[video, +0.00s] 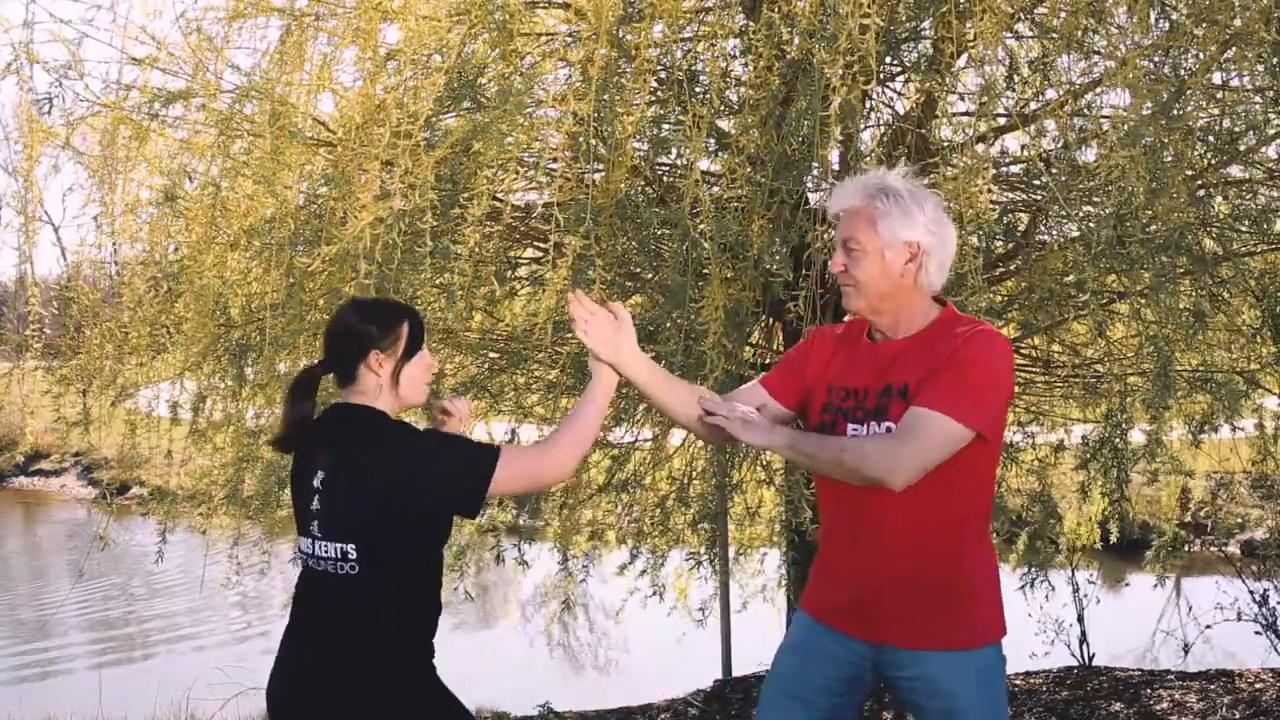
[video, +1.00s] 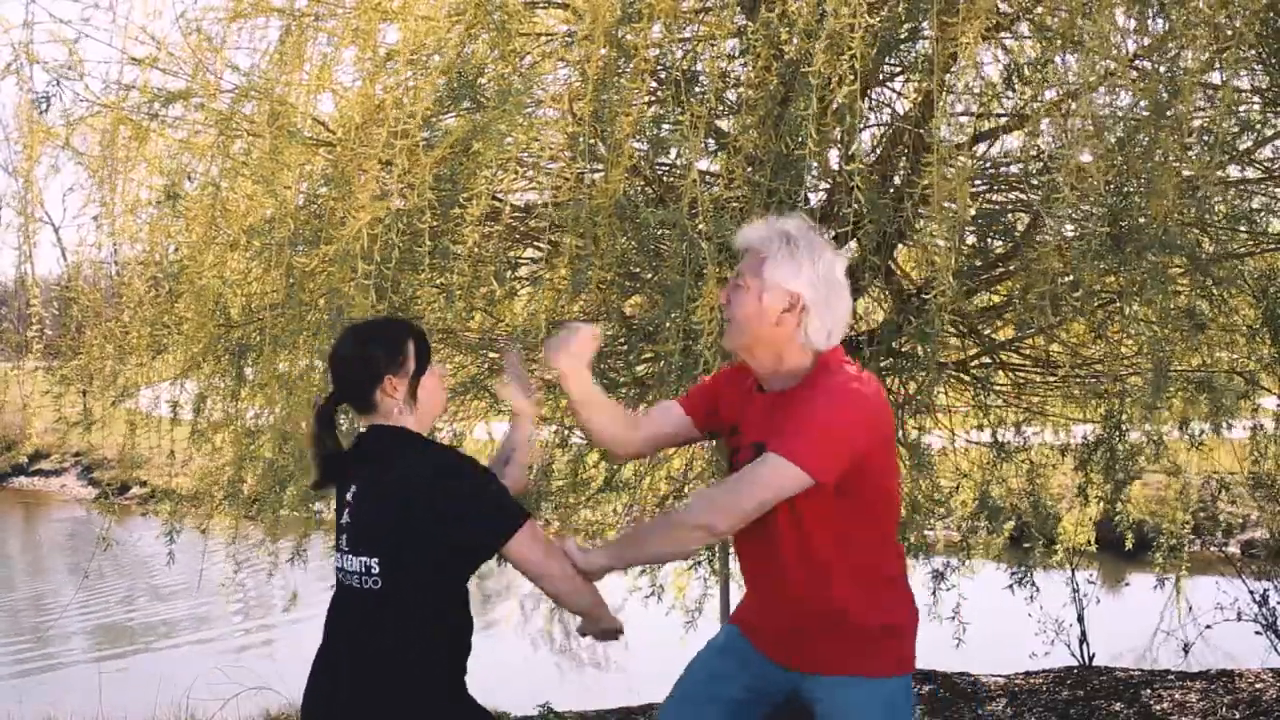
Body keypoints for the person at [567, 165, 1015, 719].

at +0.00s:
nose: (836, 265)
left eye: (851, 248)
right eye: (836, 249)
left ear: (910, 255)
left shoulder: (978, 351)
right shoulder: (825, 350)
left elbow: (894, 464)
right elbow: (719, 419)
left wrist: (778, 436)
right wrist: (628, 358)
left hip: (947, 638)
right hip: (827, 625)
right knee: (779, 712)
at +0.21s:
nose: (821, 278)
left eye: (837, 264)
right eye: (822, 262)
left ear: (895, 270)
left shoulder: (962, 350)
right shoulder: (813, 349)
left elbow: (871, 463)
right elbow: (706, 414)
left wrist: (735, 497)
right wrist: (625, 345)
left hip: (941, 638)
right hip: (820, 624)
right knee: (758, 712)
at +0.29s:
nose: (793, 308)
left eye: (810, 294)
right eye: (796, 290)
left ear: (875, 302)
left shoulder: (939, 365)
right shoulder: (790, 359)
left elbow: (857, 483)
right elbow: (679, 423)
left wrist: (710, 515)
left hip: (930, 646)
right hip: (805, 635)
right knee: (744, 710)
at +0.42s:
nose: (770, 381)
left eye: (785, 368)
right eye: (770, 363)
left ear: (850, 377)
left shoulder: (927, 419)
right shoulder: (763, 413)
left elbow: (853, 547)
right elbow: (653, 482)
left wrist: (737, 483)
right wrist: (565, 564)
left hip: (917, 658)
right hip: (793, 643)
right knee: (716, 713)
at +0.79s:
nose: (757, 368)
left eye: (775, 357)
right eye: (759, 352)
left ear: (838, 374)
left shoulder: (909, 434)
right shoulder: (771, 415)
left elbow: (788, 533)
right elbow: (667, 508)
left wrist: (731, 425)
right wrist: (588, 597)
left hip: (916, 658)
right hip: (800, 642)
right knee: (714, 713)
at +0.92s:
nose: (728, 319)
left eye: (747, 306)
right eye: (736, 302)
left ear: (802, 327)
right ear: (799, 327)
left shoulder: (859, 410)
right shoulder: (747, 393)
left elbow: (728, 532)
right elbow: (633, 475)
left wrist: (614, 542)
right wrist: (685, 462)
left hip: (882, 664)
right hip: (772, 640)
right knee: (689, 713)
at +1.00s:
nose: (722, 297)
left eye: (739, 285)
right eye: (730, 283)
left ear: (791, 306)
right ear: (784, 307)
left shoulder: (846, 398)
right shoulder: (738, 387)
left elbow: (716, 518)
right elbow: (629, 436)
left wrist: (599, 558)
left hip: (859, 663)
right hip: (758, 641)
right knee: (679, 713)